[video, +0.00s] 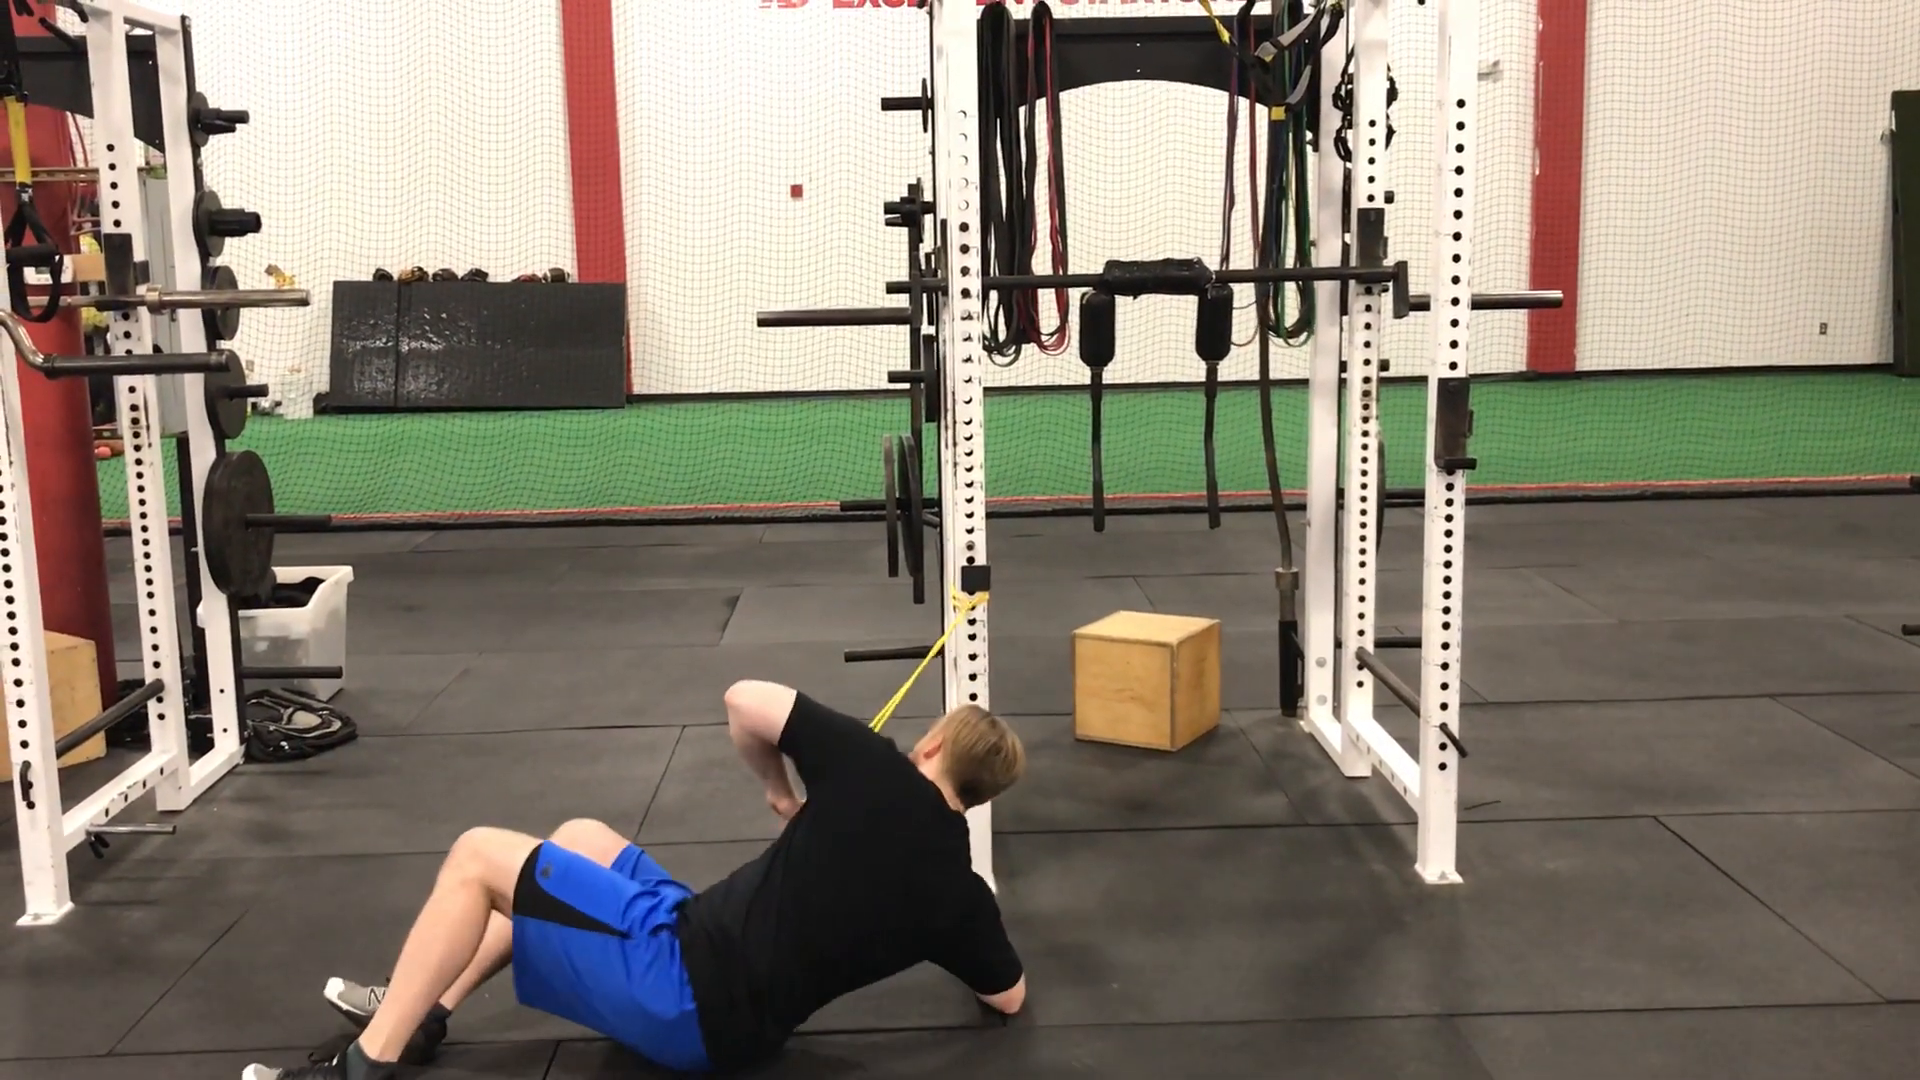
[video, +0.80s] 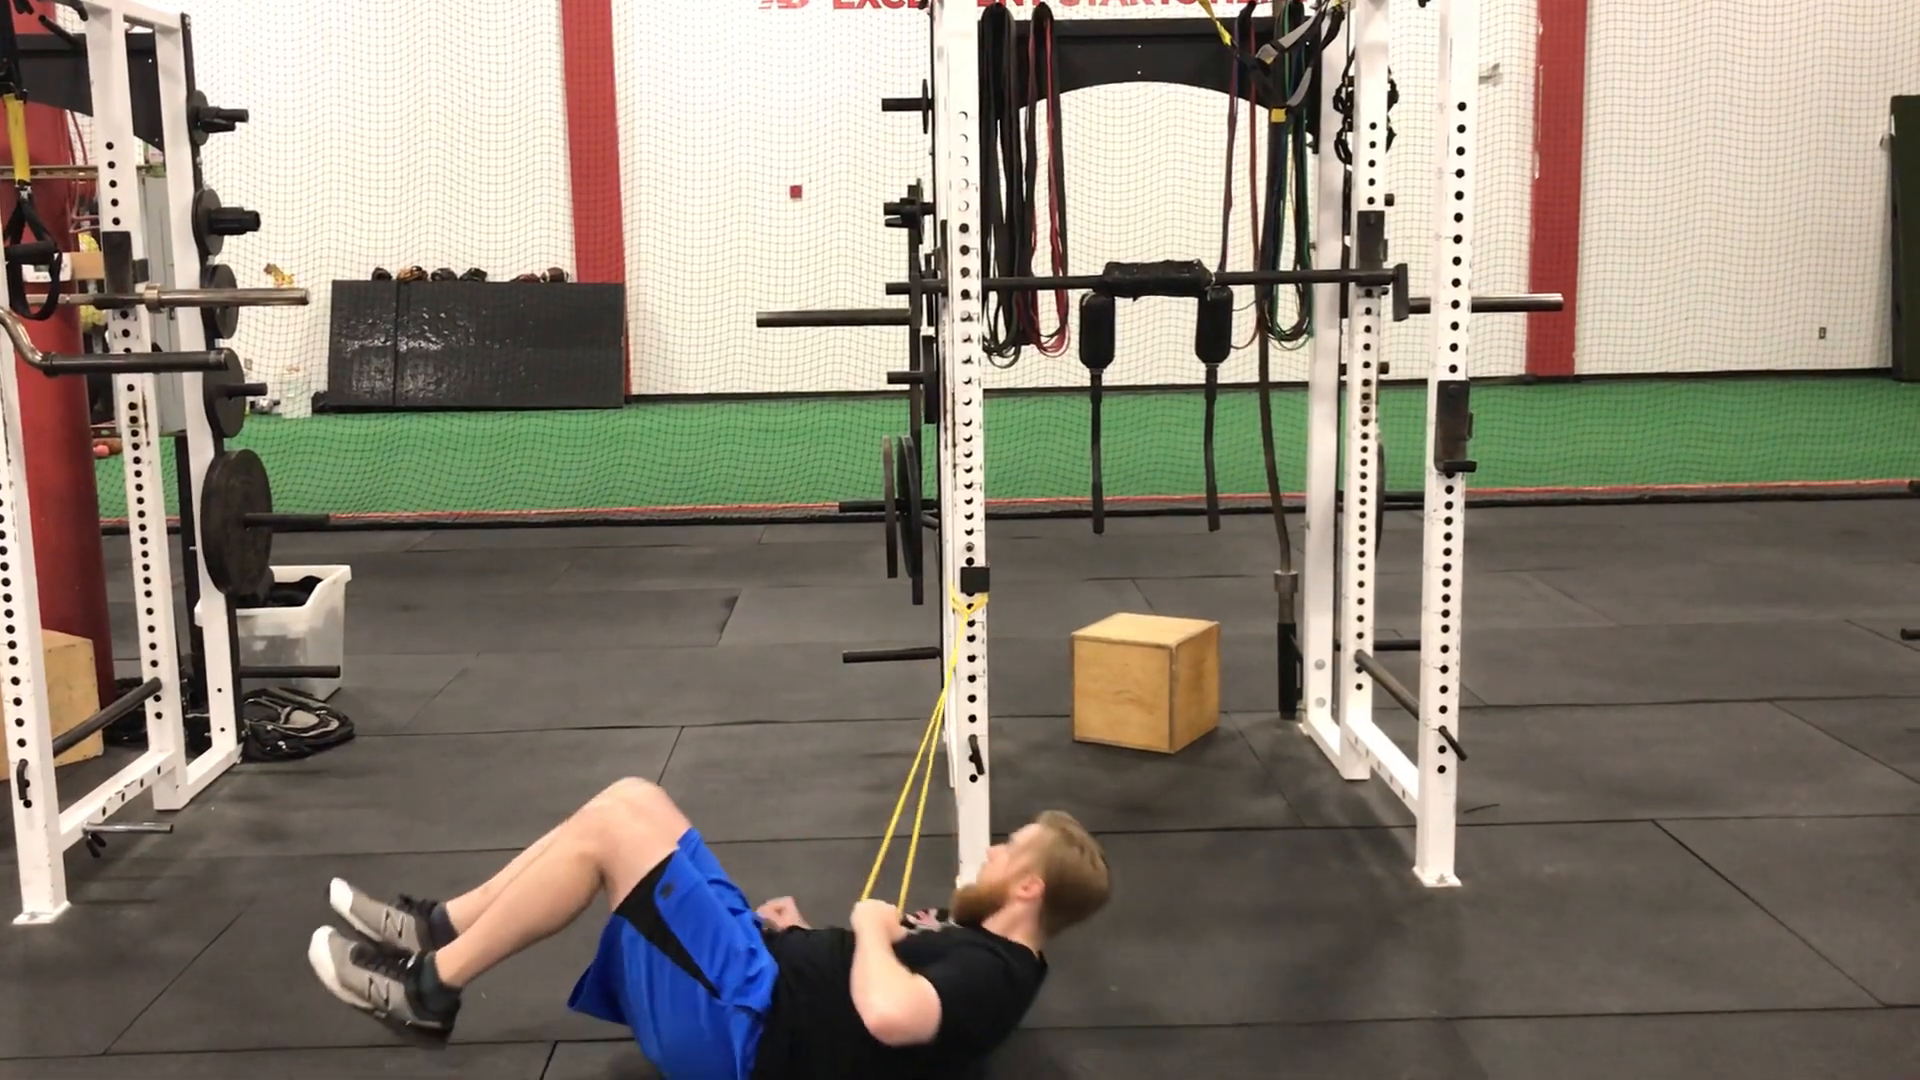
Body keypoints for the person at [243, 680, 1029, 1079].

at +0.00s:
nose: (913, 734)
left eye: (921, 729)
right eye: (929, 733)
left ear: (929, 742)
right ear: (985, 798)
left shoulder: (870, 764)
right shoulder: (961, 896)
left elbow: (749, 704)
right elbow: (1011, 1002)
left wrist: (774, 782)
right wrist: (957, 936)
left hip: (680, 976)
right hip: (729, 1027)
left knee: (479, 856)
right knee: (582, 834)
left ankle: (370, 1055)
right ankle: (423, 1007)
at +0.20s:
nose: (873, 746)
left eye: (881, 738)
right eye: (884, 738)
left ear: (892, 750)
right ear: (957, 788)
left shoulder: (850, 798)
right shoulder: (948, 894)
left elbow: (706, 795)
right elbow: (995, 996)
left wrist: (766, 832)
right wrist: (930, 937)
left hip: (670, 995)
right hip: (722, 1032)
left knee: (476, 860)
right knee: (577, 838)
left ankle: (362, 1063)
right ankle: (415, 1003)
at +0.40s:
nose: (894, 766)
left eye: (903, 755)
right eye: (905, 756)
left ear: (914, 773)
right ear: (971, 802)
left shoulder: (876, 845)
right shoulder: (944, 897)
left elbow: (740, 859)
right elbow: (929, 982)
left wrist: (817, 844)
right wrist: (849, 912)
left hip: (699, 1021)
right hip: (743, 997)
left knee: (501, 865)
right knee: (581, 840)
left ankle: (379, 1057)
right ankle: (410, 1008)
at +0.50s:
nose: (918, 788)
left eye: (927, 780)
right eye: (928, 779)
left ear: (939, 800)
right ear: (985, 824)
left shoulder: (913, 883)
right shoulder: (948, 887)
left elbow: (779, 898)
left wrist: (811, 859)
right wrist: (820, 873)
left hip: (712, 1025)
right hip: (737, 986)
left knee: (521, 860)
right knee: (583, 840)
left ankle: (385, 1051)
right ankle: (419, 1001)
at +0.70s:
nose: (966, 821)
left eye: (979, 817)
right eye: (978, 813)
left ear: (999, 852)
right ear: (1012, 868)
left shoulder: (971, 941)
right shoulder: (967, 915)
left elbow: (859, 976)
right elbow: (892, 952)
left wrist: (842, 908)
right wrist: (875, 917)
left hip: (734, 1024)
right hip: (752, 978)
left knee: (577, 839)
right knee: (609, 817)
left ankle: (412, 1010)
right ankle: (425, 957)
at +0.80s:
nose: (985, 847)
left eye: (1002, 842)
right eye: (1000, 838)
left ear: (1027, 876)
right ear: (1033, 890)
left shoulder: (998, 972)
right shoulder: (978, 938)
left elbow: (897, 1018)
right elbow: (871, 986)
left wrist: (871, 930)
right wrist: (792, 939)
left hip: (747, 1028)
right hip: (759, 989)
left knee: (617, 825)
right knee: (631, 800)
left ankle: (433, 986)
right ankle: (437, 930)